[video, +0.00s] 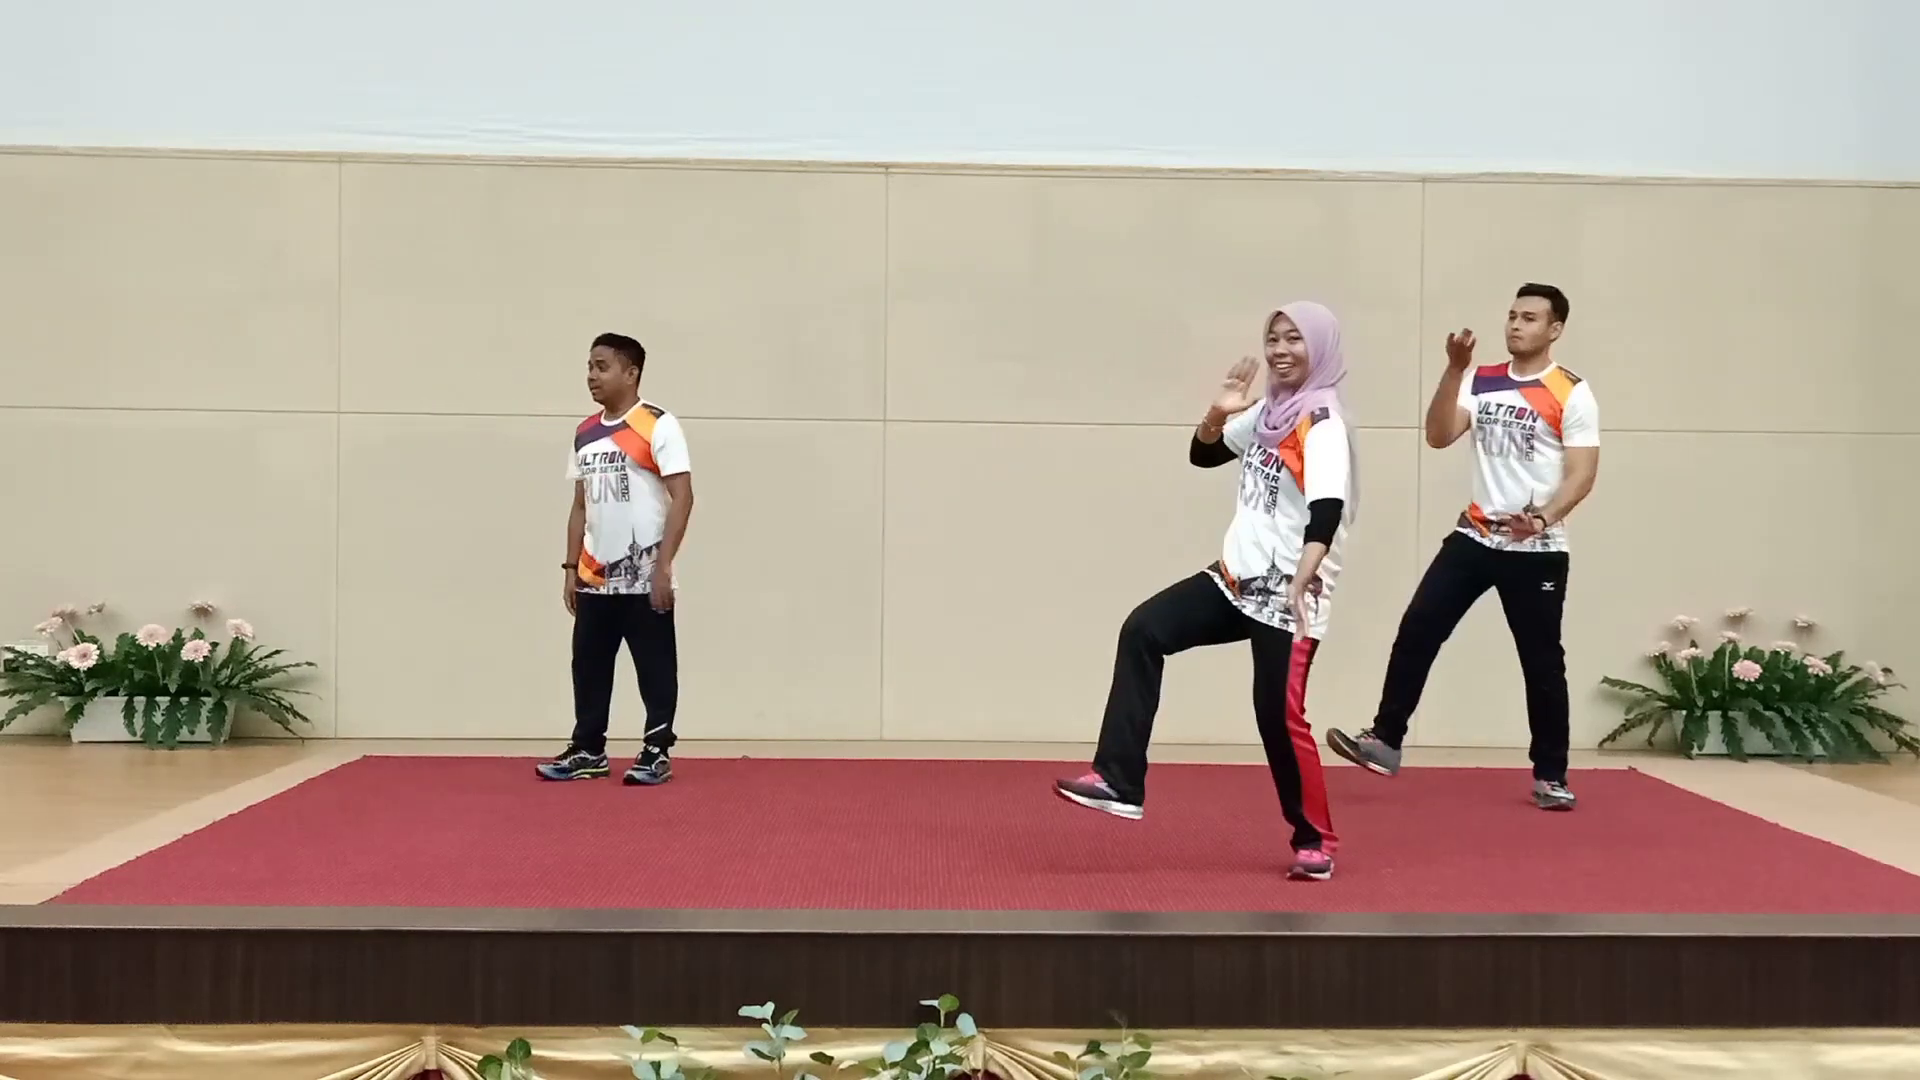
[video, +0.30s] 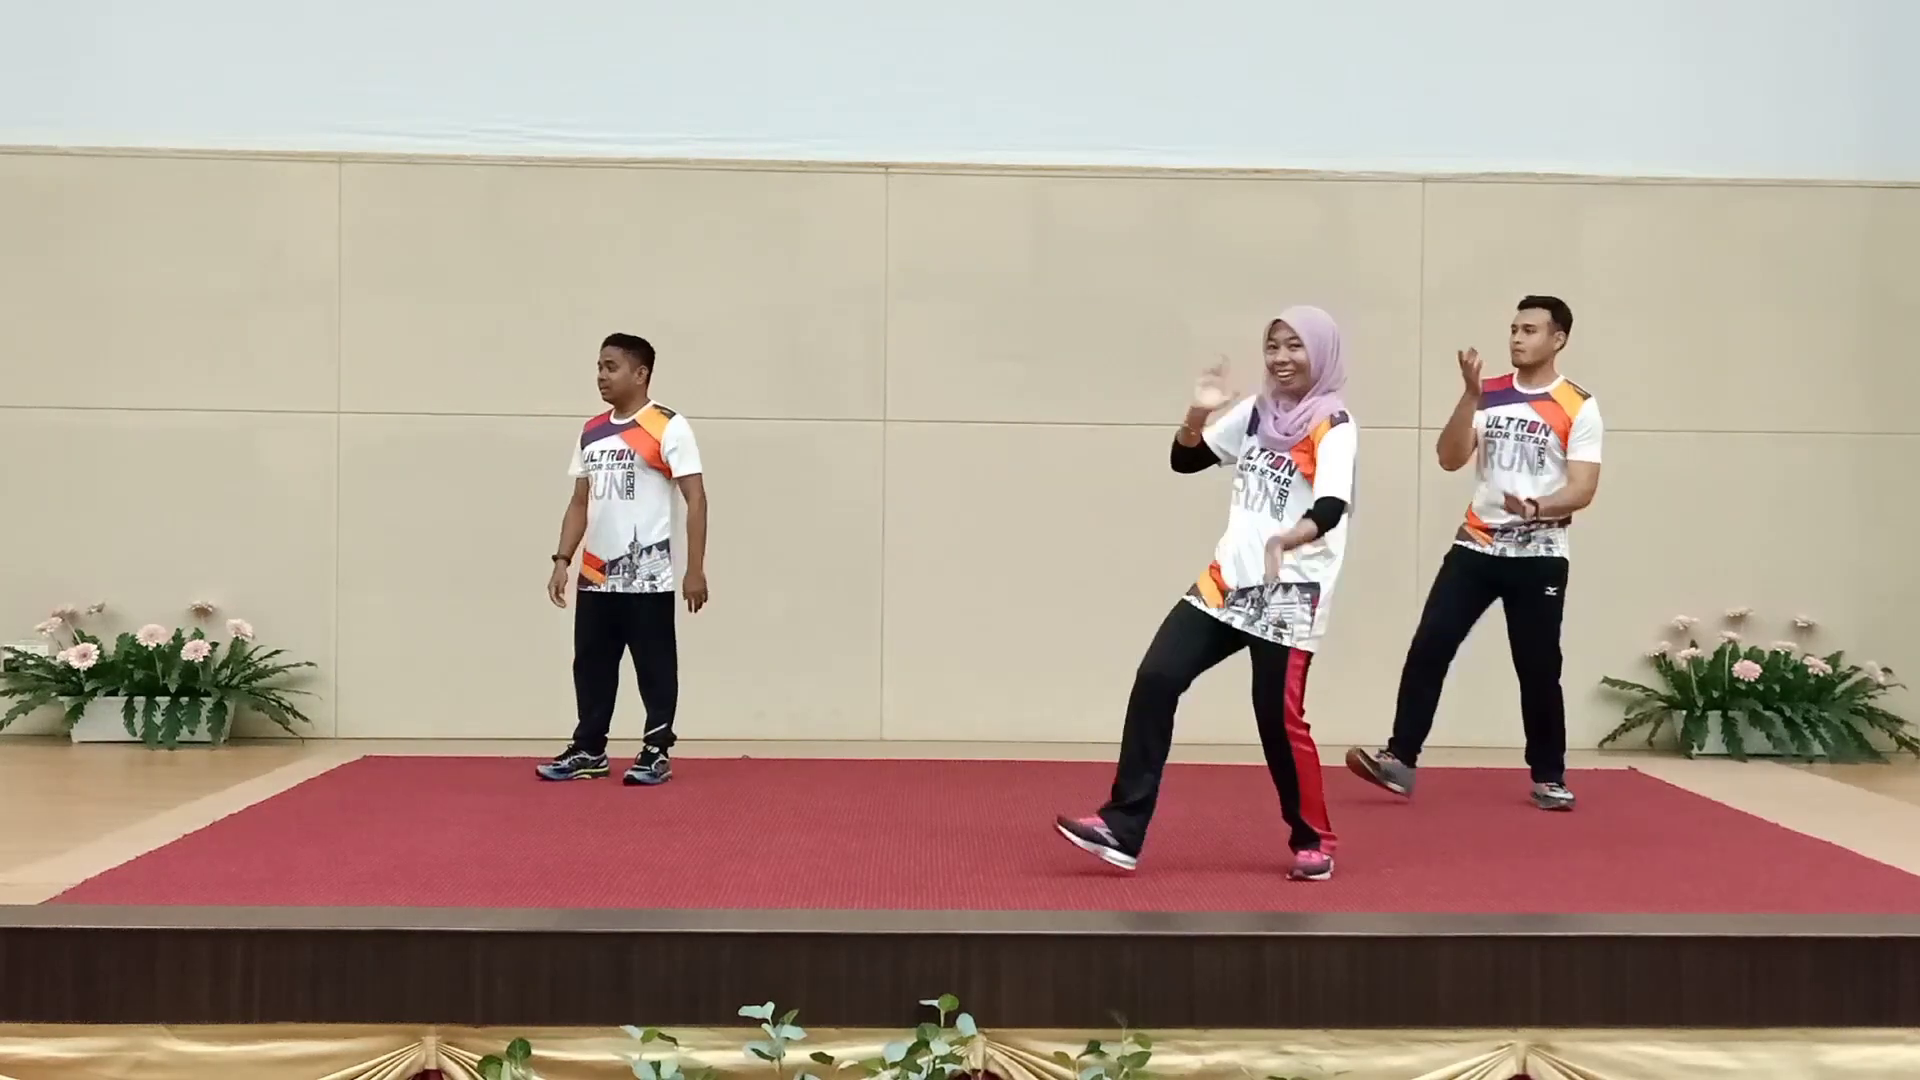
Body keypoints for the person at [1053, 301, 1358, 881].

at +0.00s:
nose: (1280, 349)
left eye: (1292, 339)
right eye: (1273, 340)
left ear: (1320, 349)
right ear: (1266, 350)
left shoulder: (1323, 422)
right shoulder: (1261, 414)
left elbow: (1327, 508)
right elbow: (1203, 456)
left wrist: (1304, 573)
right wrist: (1218, 415)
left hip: (1293, 595)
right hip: (1236, 580)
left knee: (1280, 713)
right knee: (1144, 630)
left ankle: (1314, 841)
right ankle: (1120, 782)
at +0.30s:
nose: (1280, 356)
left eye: (1293, 346)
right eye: (1273, 346)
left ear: (1322, 355)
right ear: (1265, 355)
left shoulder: (1332, 425)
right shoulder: (1252, 412)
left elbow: (1332, 505)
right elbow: (1184, 462)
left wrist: (1291, 536)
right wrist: (1196, 418)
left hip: (1293, 591)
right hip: (1229, 579)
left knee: (1279, 714)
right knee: (1155, 680)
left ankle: (1312, 842)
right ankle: (1123, 830)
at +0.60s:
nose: (1225, 312)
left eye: (1239, 302)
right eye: (1216, 303)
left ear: (1265, 314)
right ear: (1205, 314)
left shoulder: (1292, 372)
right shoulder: (1186, 370)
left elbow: (1323, 443)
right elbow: (1130, 433)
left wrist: (1276, 382)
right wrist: (1103, 428)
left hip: (1262, 558)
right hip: (1187, 552)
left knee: (1277, 698)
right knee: (1138, 672)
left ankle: (1307, 838)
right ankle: (1086, 811)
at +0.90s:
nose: (1141, 328)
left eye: (1154, 318)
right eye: (1131, 318)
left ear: (1175, 330)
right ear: (1117, 330)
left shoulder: (1204, 396)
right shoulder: (1091, 397)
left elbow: (1244, 476)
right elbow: (1055, 474)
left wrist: (1208, 411)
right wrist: (1039, 520)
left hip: (1181, 578)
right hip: (1102, 573)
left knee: (1226, 705)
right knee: (1085, 698)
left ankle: (1290, 835)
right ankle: (1068, 845)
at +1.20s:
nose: (1048, 328)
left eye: (1060, 318)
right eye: (1036, 319)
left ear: (1079, 330)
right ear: (1021, 331)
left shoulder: (1106, 398)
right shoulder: (998, 397)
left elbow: (1143, 466)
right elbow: (940, 471)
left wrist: (1152, 468)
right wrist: (970, 432)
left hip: (1090, 581)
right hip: (1023, 577)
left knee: (1107, 698)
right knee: (1054, 697)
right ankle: (1066, 843)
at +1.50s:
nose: (980, 350)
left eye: (992, 340)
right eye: (970, 340)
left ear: (1012, 350)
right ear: (956, 348)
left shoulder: (1039, 419)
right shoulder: (930, 408)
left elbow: (1073, 493)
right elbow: (879, 478)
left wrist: (1088, 558)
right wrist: (934, 427)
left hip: (1011, 597)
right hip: (948, 588)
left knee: (995, 719)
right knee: (1008, 689)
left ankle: (924, 836)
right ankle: (1036, 842)